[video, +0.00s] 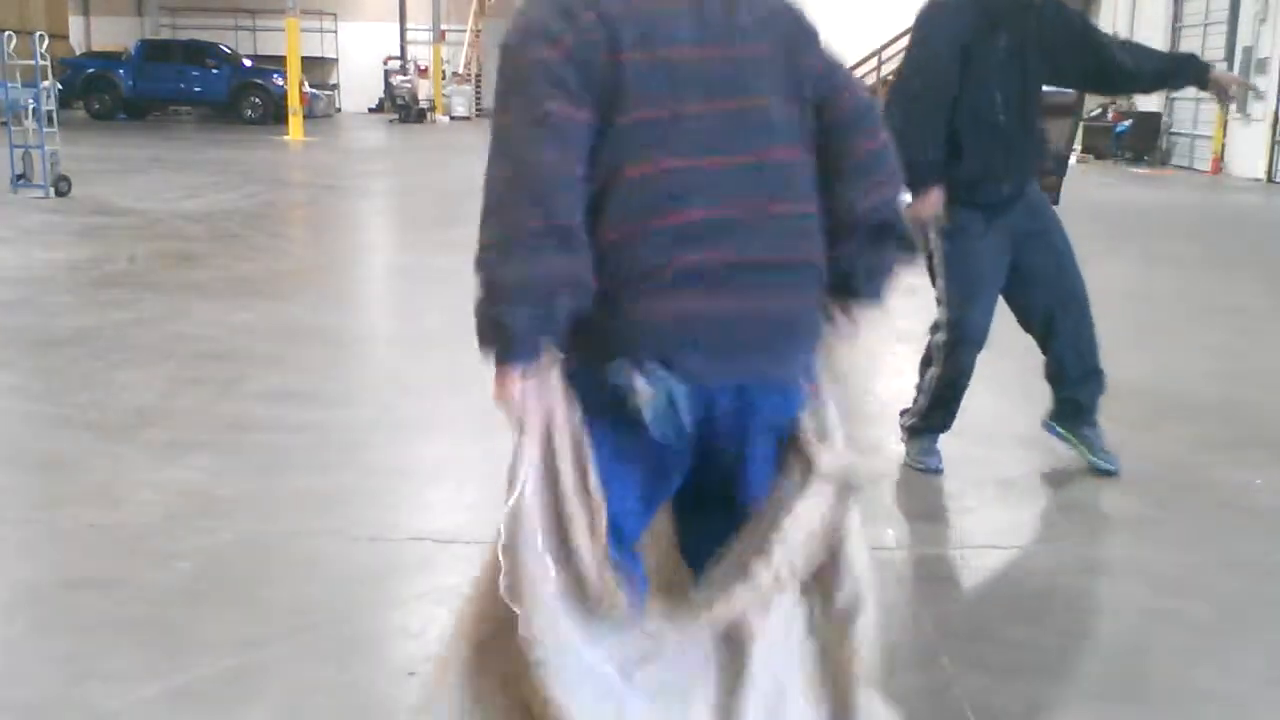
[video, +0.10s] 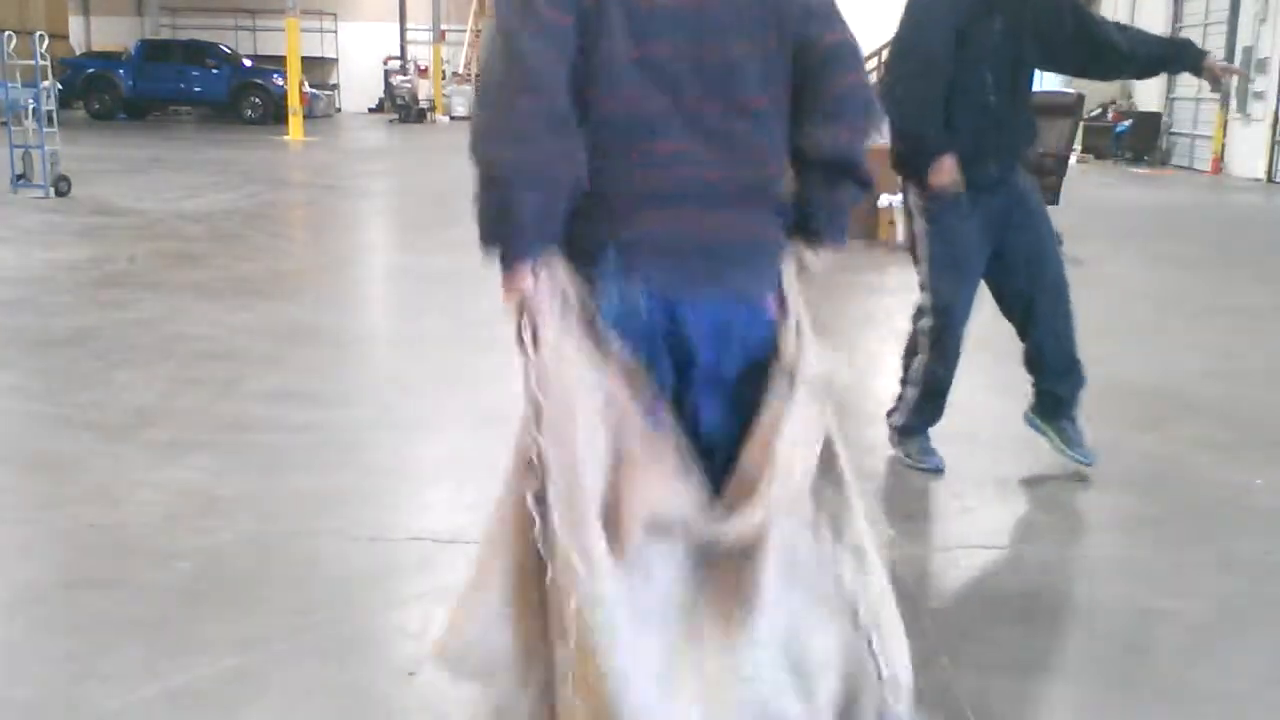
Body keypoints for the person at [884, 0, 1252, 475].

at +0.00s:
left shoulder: (1044, 17)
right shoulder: (949, 15)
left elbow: (1109, 60)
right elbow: (914, 96)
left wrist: (1198, 72)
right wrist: (925, 179)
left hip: (1019, 195)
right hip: (960, 201)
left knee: (1066, 304)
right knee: (964, 327)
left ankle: (1073, 415)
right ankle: (923, 429)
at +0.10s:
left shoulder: (1029, 12)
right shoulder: (935, 11)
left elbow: (1097, 42)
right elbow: (908, 78)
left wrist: (1191, 58)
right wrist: (933, 152)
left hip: (1004, 175)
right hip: (947, 180)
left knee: (1045, 287)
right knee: (944, 312)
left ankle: (1053, 406)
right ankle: (909, 426)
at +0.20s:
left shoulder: (1025, 9)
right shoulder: (927, 7)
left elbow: (1097, 37)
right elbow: (892, 75)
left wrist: (1189, 49)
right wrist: (924, 143)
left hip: (993, 172)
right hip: (933, 175)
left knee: (1029, 290)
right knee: (928, 307)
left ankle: (1041, 410)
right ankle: (908, 427)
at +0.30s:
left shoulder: (1023, 11)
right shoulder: (922, 9)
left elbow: (1094, 38)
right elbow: (881, 79)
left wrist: (1189, 49)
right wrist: (905, 153)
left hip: (984, 176)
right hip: (925, 179)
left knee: (1014, 300)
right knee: (919, 313)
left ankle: (1022, 419)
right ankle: (908, 429)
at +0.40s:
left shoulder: (1020, 11)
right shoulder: (920, 9)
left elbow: (1091, 37)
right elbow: (879, 70)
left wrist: (1184, 46)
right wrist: (878, 156)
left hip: (980, 176)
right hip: (920, 176)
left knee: (996, 304)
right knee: (916, 312)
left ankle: (992, 422)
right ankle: (907, 428)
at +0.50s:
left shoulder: (1024, 10)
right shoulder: (922, 8)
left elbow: (1089, 39)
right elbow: (877, 67)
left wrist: (1177, 42)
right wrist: (864, 157)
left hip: (980, 174)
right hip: (921, 174)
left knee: (979, 306)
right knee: (916, 310)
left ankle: (962, 422)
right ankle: (907, 427)